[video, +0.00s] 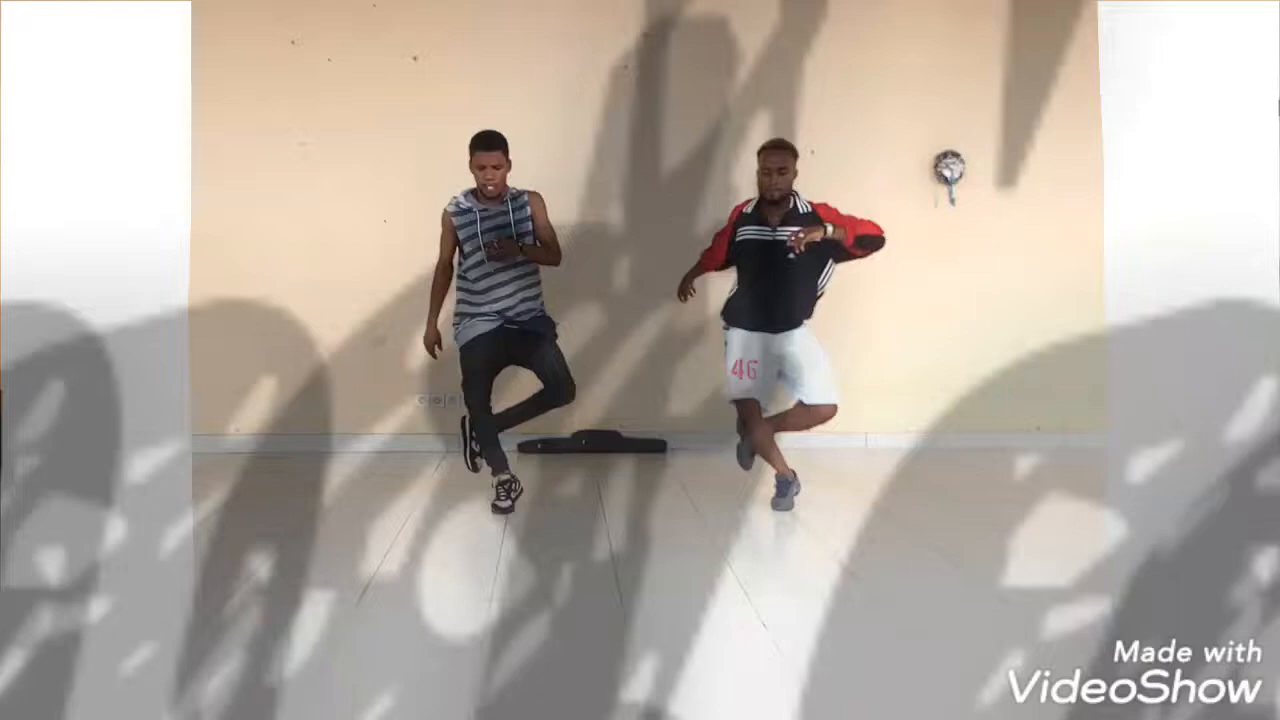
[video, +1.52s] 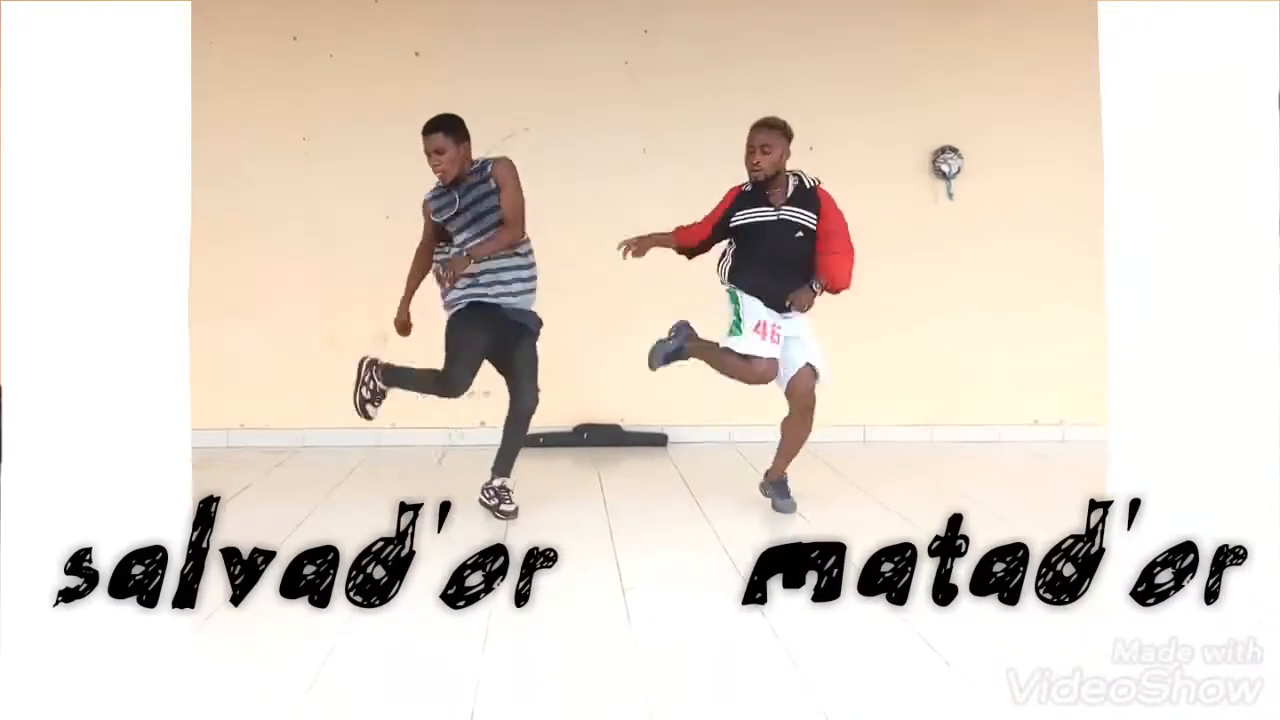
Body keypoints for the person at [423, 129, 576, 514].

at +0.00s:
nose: (489, 175)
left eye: (496, 167)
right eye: (481, 168)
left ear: (508, 165)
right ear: (470, 168)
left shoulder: (530, 203)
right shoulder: (456, 214)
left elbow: (554, 256)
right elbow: (445, 268)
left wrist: (520, 253)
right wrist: (432, 323)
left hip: (528, 318)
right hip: (479, 322)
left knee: (562, 391)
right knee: (475, 397)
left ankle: (483, 427)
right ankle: (503, 477)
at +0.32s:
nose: (487, 182)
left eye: (495, 174)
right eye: (480, 175)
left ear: (508, 174)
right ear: (470, 175)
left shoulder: (529, 217)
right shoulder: (459, 219)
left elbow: (555, 271)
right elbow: (458, 271)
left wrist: (532, 317)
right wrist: (452, 323)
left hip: (534, 320)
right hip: (487, 323)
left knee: (540, 366)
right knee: (463, 368)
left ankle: (535, 459)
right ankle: (483, 457)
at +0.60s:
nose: (489, 170)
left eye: (496, 162)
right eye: (480, 163)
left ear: (506, 161)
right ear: (467, 163)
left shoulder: (522, 193)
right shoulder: (446, 195)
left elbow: (558, 223)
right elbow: (419, 231)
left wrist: (557, 271)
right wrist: (416, 287)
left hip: (518, 317)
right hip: (469, 319)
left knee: (539, 382)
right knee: (464, 397)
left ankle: (519, 443)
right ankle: (464, 466)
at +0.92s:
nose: (469, 125)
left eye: (476, 116)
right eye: (461, 118)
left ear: (489, 116)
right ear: (449, 120)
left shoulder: (512, 157)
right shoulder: (435, 160)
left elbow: (541, 212)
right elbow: (422, 223)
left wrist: (546, 262)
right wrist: (430, 278)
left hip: (506, 284)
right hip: (455, 285)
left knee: (531, 360)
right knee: (443, 364)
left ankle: (534, 450)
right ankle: (437, 437)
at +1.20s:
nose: (457, 138)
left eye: (465, 129)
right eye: (449, 130)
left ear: (478, 128)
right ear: (439, 132)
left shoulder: (502, 169)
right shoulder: (421, 181)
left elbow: (532, 212)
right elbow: (395, 235)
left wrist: (547, 225)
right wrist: (372, 290)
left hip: (508, 292)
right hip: (458, 297)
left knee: (540, 372)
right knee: (447, 377)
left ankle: (522, 463)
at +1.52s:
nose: (434, 161)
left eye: (441, 151)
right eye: (429, 154)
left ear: (466, 148)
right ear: (427, 156)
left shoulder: (500, 170)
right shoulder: (435, 203)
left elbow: (514, 231)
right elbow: (426, 252)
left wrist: (469, 256)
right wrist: (405, 303)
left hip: (516, 311)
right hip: (471, 309)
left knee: (526, 396)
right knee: (453, 385)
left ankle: (498, 482)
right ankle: (379, 375)